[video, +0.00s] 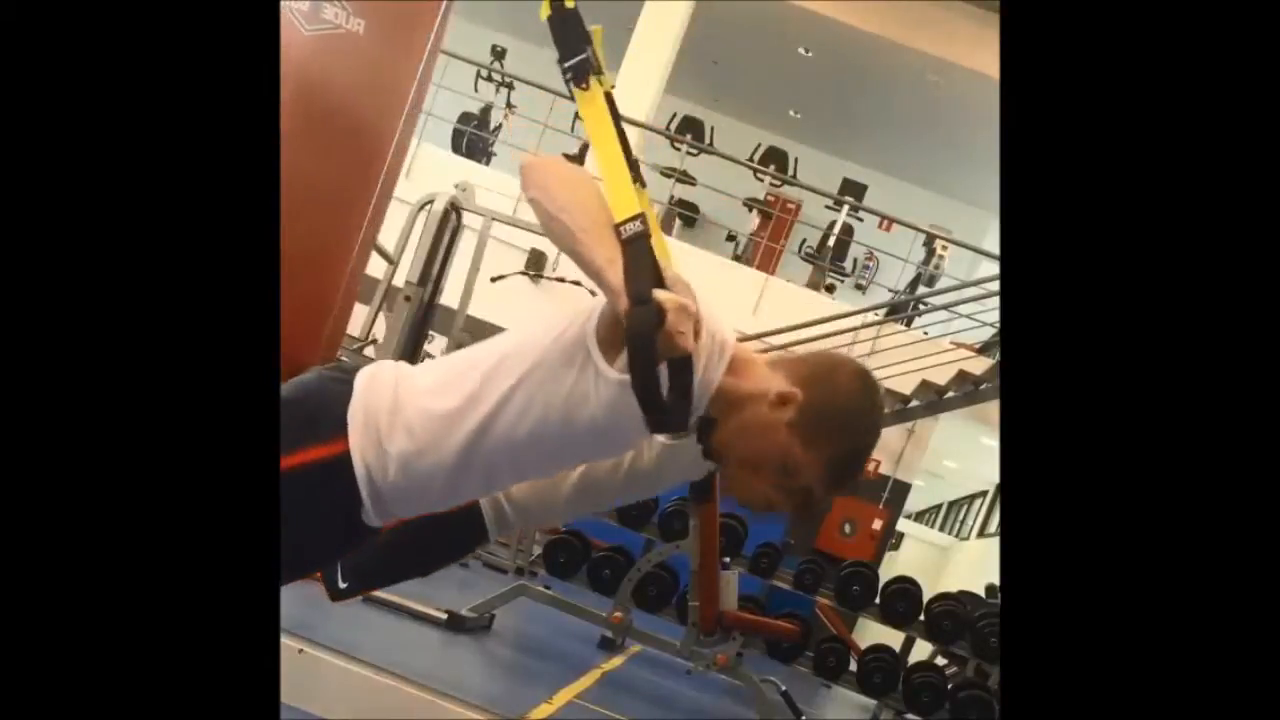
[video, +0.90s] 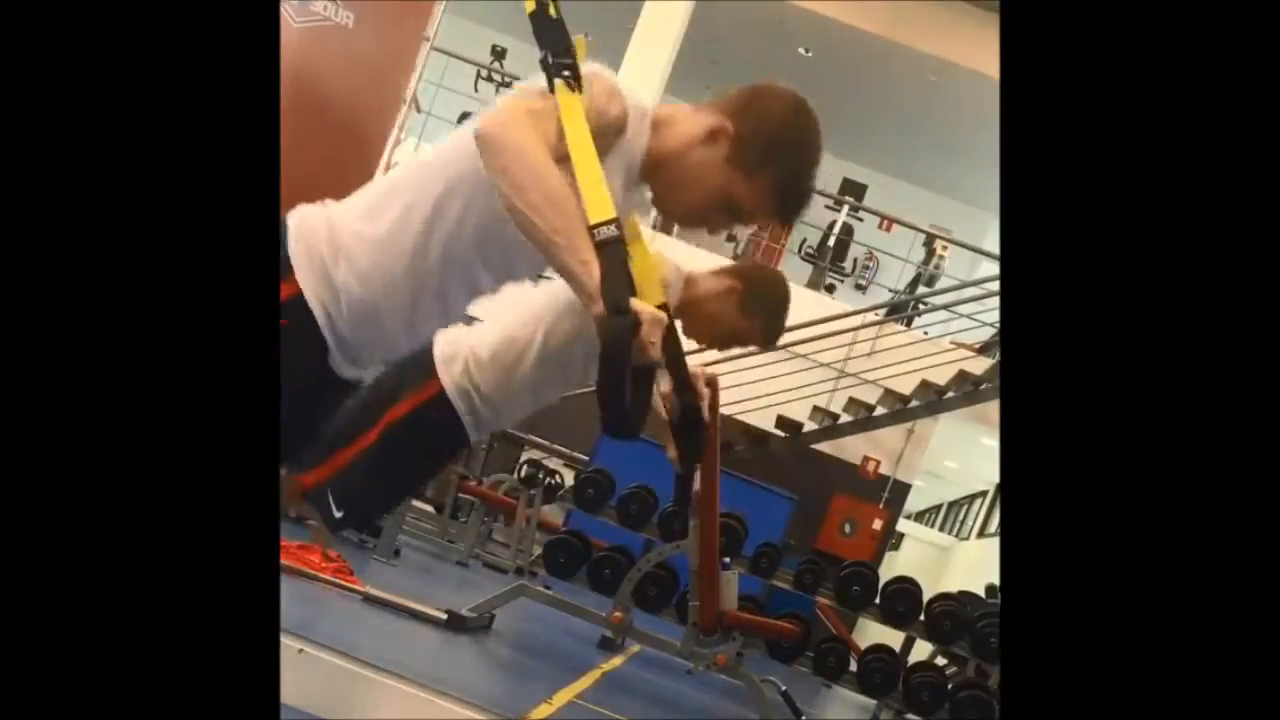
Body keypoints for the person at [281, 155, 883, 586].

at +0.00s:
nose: (760, 497)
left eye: (782, 497)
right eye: (782, 480)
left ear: (779, 398)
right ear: (781, 406)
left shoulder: (704, 425)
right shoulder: (678, 320)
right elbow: (543, 173)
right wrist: (637, 295)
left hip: (371, 496)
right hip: (337, 447)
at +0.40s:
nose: (764, 486)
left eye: (788, 481)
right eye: (787, 462)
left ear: (781, 380)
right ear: (782, 387)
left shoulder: (705, 417)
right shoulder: (679, 315)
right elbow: (533, 174)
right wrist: (642, 292)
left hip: (369, 490)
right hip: (335, 443)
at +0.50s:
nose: (767, 418)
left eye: (789, 415)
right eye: (783, 398)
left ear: (779, 332)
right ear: (776, 330)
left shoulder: (699, 375)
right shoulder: (665, 269)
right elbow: (525, 154)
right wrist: (634, 280)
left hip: (368, 469)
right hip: (332, 419)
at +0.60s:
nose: (753, 362)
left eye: (771, 364)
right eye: (770, 348)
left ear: (770, 272)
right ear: (769, 277)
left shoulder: (686, 330)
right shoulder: (667, 231)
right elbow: (519, 147)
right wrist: (638, 285)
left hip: (370, 444)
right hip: (332, 387)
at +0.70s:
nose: (742, 312)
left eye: (762, 309)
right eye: (760, 297)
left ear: (751, 224)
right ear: (753, 228)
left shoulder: (667, 269)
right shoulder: (649, 177)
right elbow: (517, 141)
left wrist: (674, 381)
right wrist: (640, 295)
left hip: (370, 418)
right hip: (327, 352)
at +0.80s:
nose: (732, 268)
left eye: (753, 266)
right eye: (749, 251)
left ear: (738, 172)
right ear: (736, 175)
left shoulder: (646, 228)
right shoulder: (630, 138)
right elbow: (511, 134)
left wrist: (666, 374)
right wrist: (620, 294)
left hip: (361, 388)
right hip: (315, 321)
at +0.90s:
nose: (712, 230)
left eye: (732, 226)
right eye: (729, 209)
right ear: (717, 136)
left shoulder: (628, 198)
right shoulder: (608, 102)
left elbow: (629, 297)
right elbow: (506, 132)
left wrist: (669, 371)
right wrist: (600, 290)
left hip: (352, 357)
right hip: (305, 295)